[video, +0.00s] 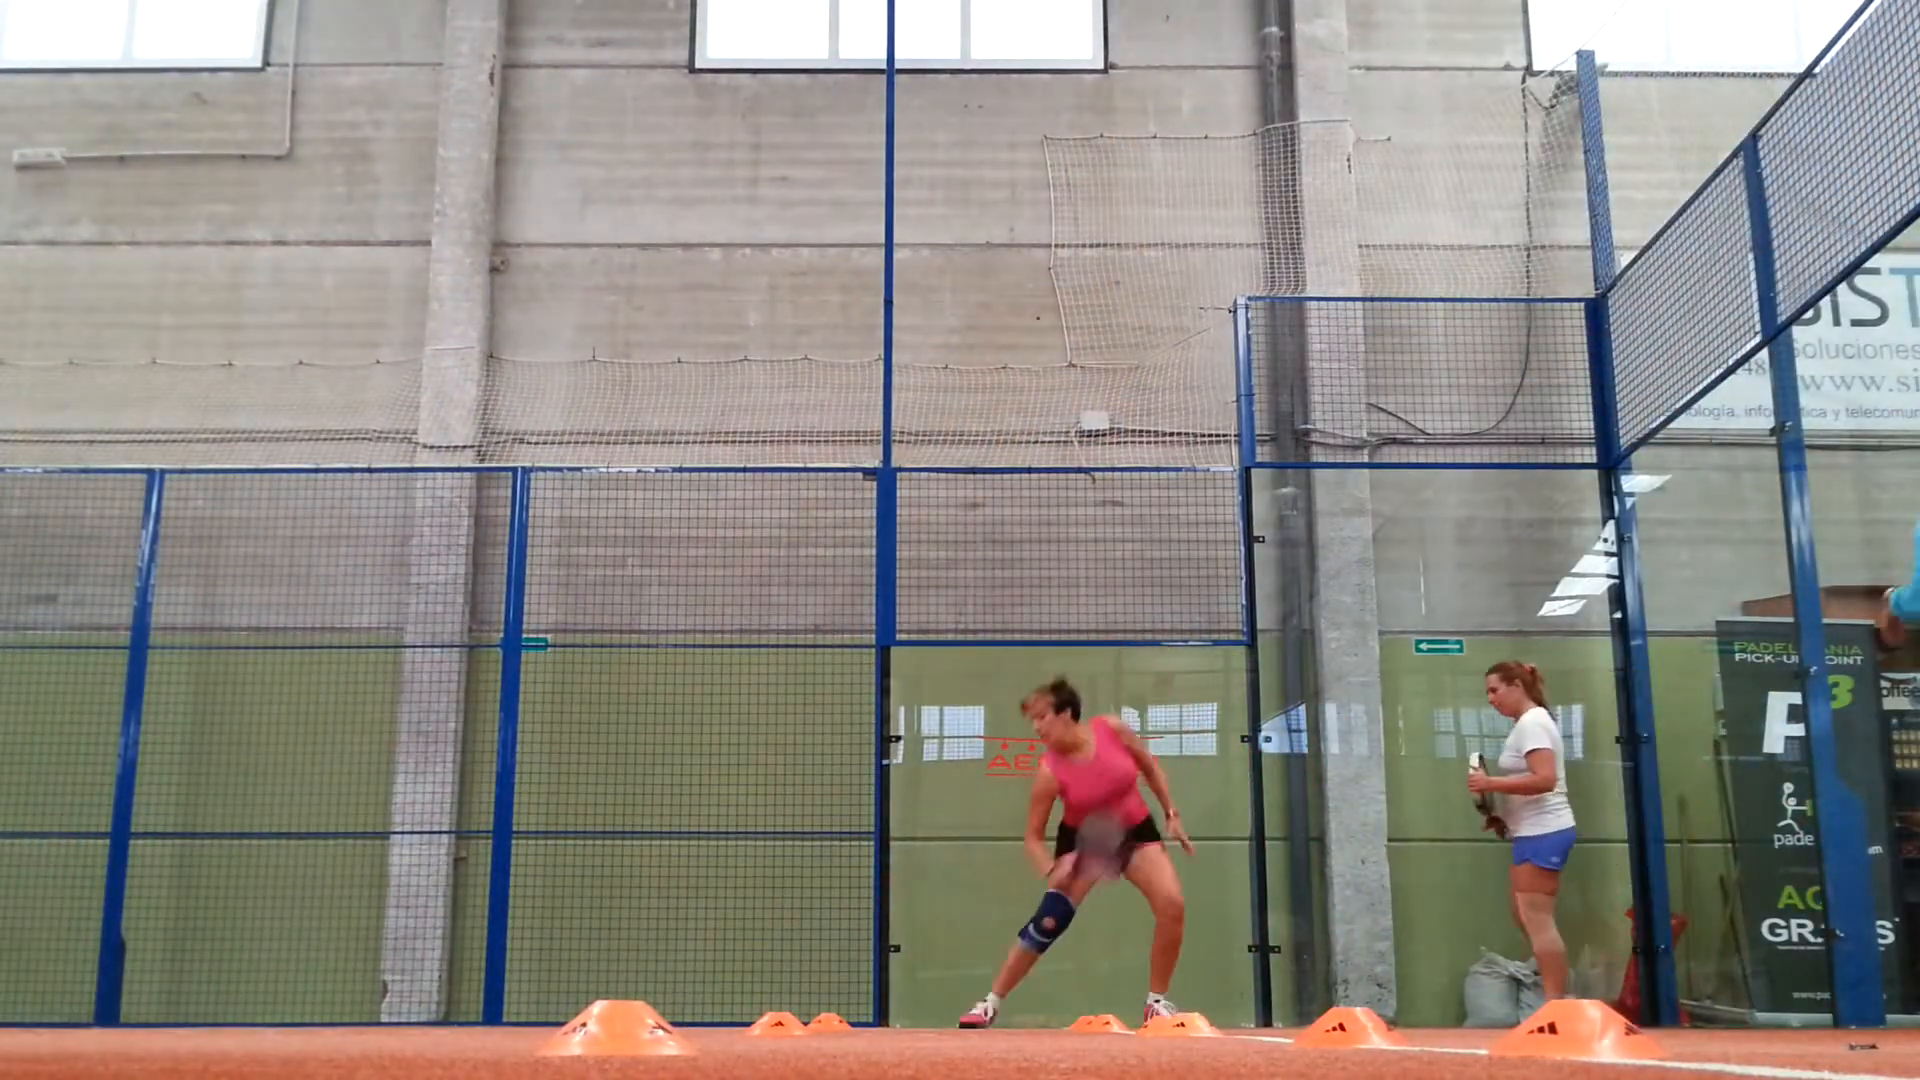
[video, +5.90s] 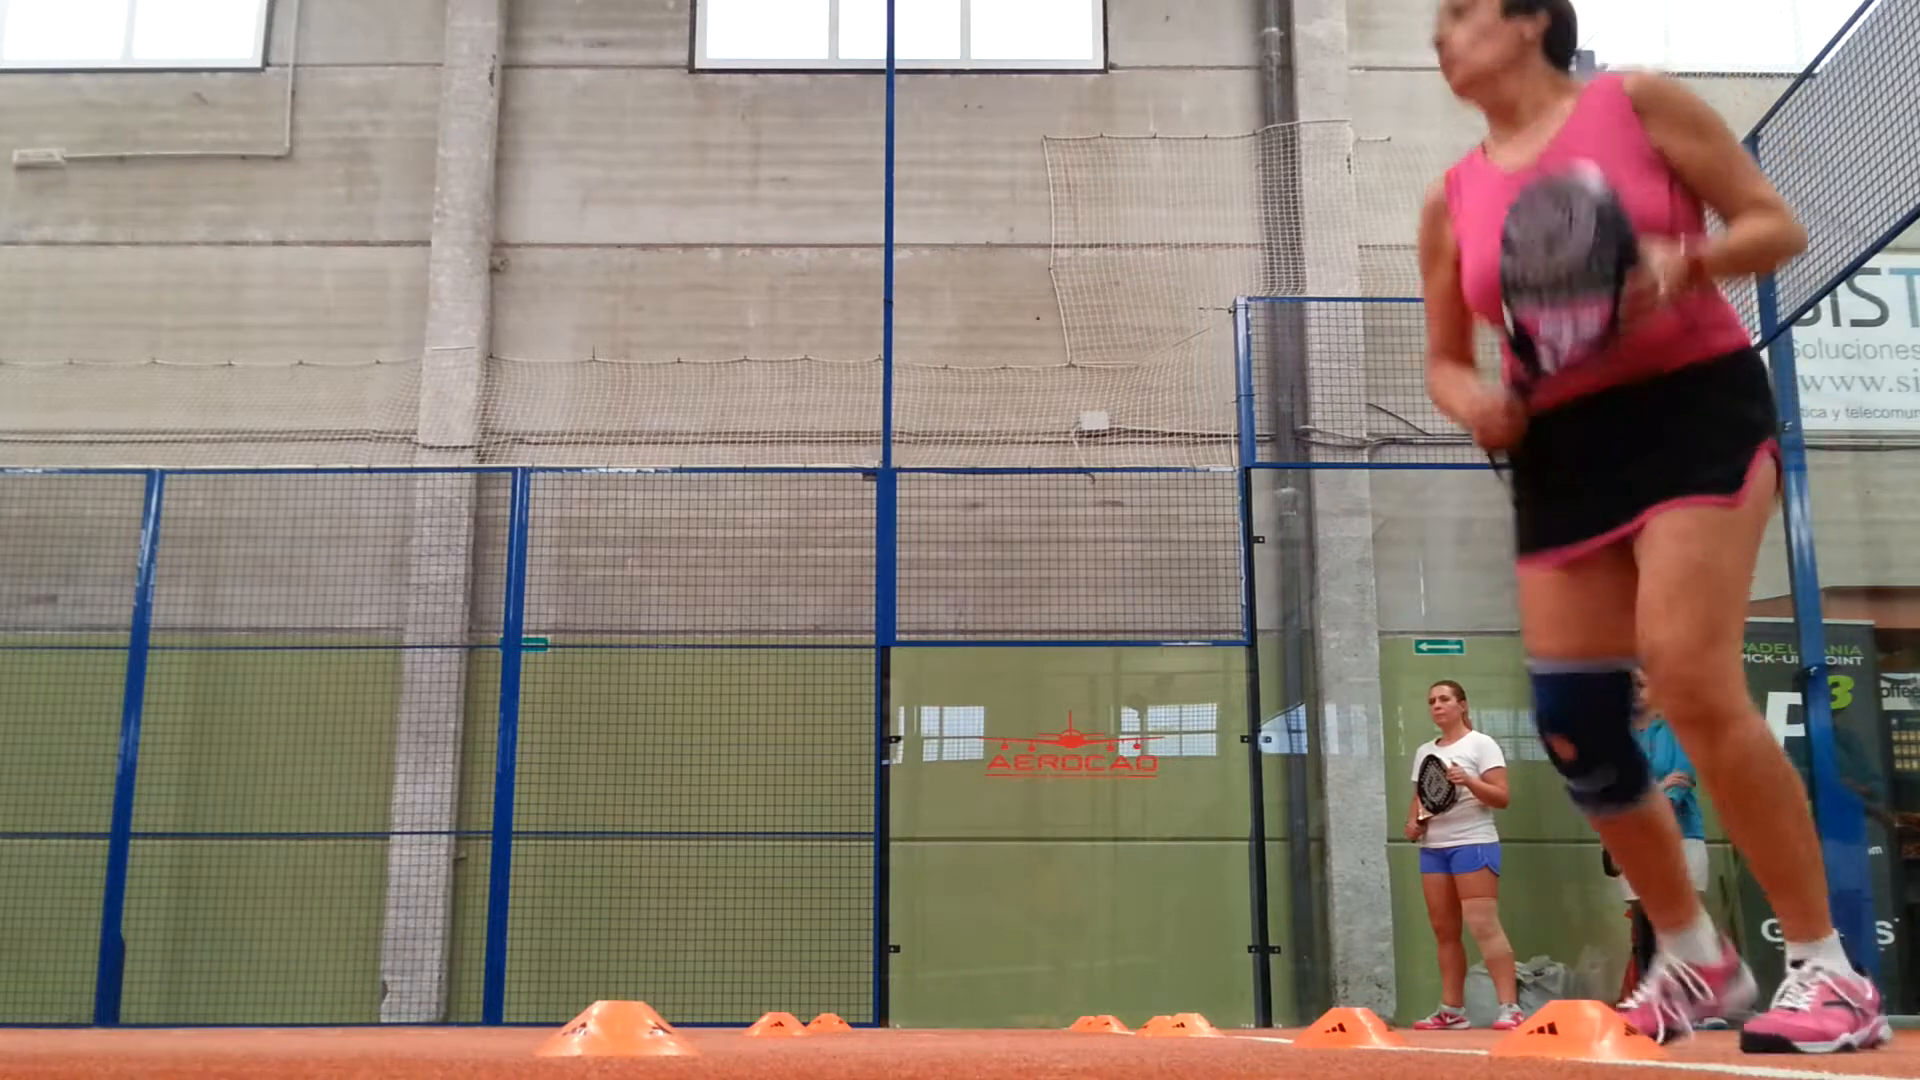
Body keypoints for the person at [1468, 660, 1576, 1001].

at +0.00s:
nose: (1490, 700)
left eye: (1494, 691)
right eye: (1488, 693)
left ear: (1517, 687)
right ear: (1514, 690)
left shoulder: (1535, 722)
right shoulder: (1527, 723)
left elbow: (1545, 779)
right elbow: (1538, 787)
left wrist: (1491, 783)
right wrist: (1505, 819)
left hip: (1544, 830)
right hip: (1533, 831)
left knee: (1537, 916)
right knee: (1525, 914)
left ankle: (1556, 1004)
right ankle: (1557, 998)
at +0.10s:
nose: (1482, 699)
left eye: (1486, 690)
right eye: (1480, 693)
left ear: (1508, 686)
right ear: (1498, 692)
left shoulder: (1529, 722)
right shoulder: (1510, 728)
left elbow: (1542, 779)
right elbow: (1517, 784)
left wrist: (1489, 781)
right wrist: (1493, 816)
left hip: (1535, 833)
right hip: (1513, 834)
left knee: (1532, 920)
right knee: (1513, 920)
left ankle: (1555, 1006)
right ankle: (1519, 1002)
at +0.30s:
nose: (1461, 698)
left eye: (1466, 690)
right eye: (1459, 692)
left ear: (1490, 689)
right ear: (1472, 695)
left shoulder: (1518, 726)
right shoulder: (1475, 736)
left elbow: (1543, 780)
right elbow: (1480, 790)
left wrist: (1492, 782)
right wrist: (1466, 820)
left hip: (1520, 837)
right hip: (1482, 838)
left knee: (1521, 922)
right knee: (1468, 920)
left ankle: (1552, 1004)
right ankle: (1463, 1003)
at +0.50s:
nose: (1432, 701)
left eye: (1438, 693)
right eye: (1430, 695)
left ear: (1461, 694)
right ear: (1434, 701)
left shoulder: (1494, 733)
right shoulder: (1431, 745)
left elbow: (1527, 783)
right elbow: (1425, 796)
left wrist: (1503, 781)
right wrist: (1430, 823)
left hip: (1493, 840)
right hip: (1450, 843)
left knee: (1507, 922)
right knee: (1435, 922)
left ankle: (1551, 1004)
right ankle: (1436, 1008)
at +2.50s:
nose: (1440, 709)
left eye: (1447, 703)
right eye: (1436, 705)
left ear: (1467, 708)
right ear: (1435, 714)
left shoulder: (1487, 746)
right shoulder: (1431, 755)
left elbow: (1508, 799)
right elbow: (1427, 798)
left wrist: (1475, 786)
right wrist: (1422, 822)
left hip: (1480, 848)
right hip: (1440, 849)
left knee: (1489, 929)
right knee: (1446, 932)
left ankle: (1521, 1006)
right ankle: (1453, 1009)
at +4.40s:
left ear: (1464, 710)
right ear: (1418, 712)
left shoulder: (1477, 742)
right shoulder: (1415, 749)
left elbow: (1498, 795)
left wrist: (1459, 779)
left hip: (1463, 850)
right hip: (1430, 849)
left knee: (1476, 926)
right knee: (1443, 931)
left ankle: (1493, 989)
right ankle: (1451, 1004)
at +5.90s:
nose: (1437, 706)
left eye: (1444, 699)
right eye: (1433, 702)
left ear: (1463, 706)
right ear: (1430, 710)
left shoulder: (1483, 745)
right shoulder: (1425, 753)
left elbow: (1501, 797)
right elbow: (1418, 795)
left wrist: (1468, 780)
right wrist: (1414, 821)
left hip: (1473, 845)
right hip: (1434, 848)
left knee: (1483, 926)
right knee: (1445, 930)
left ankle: (1509, 1007)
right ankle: (1452, 1009)